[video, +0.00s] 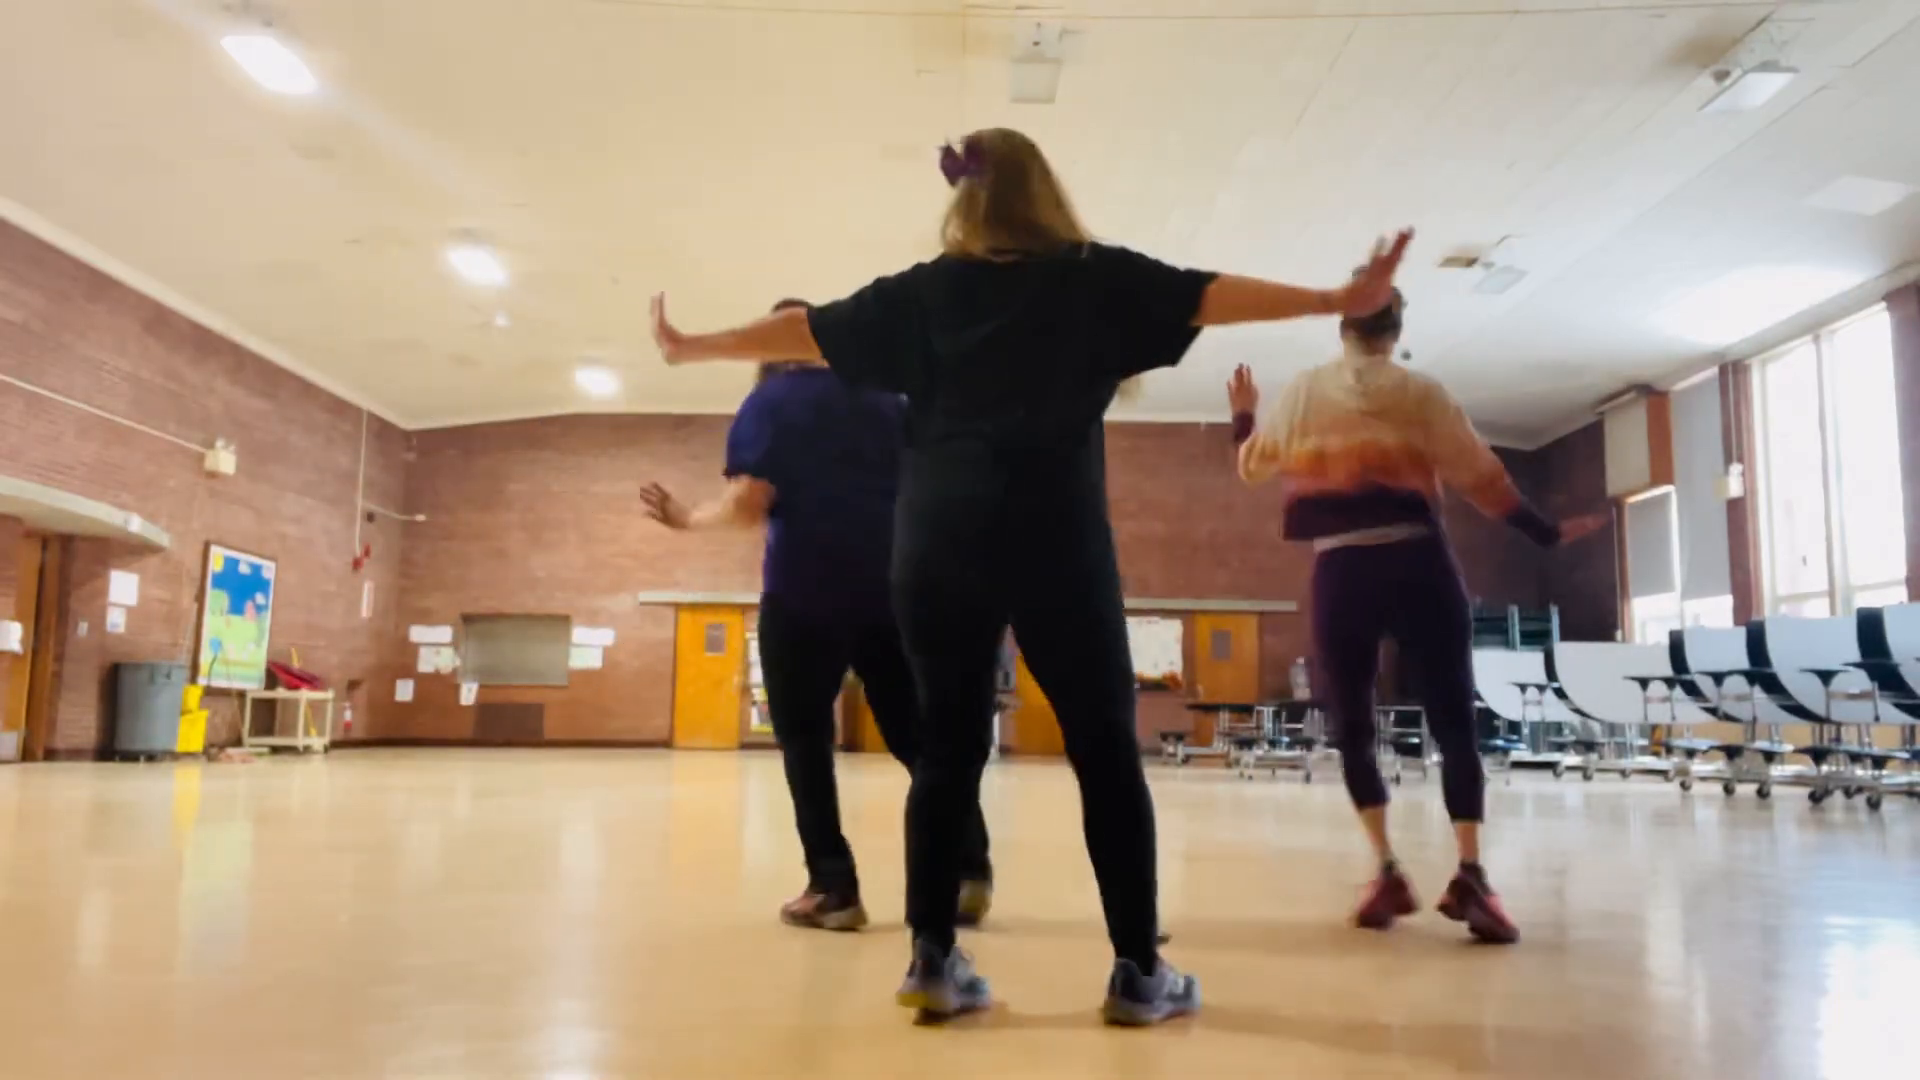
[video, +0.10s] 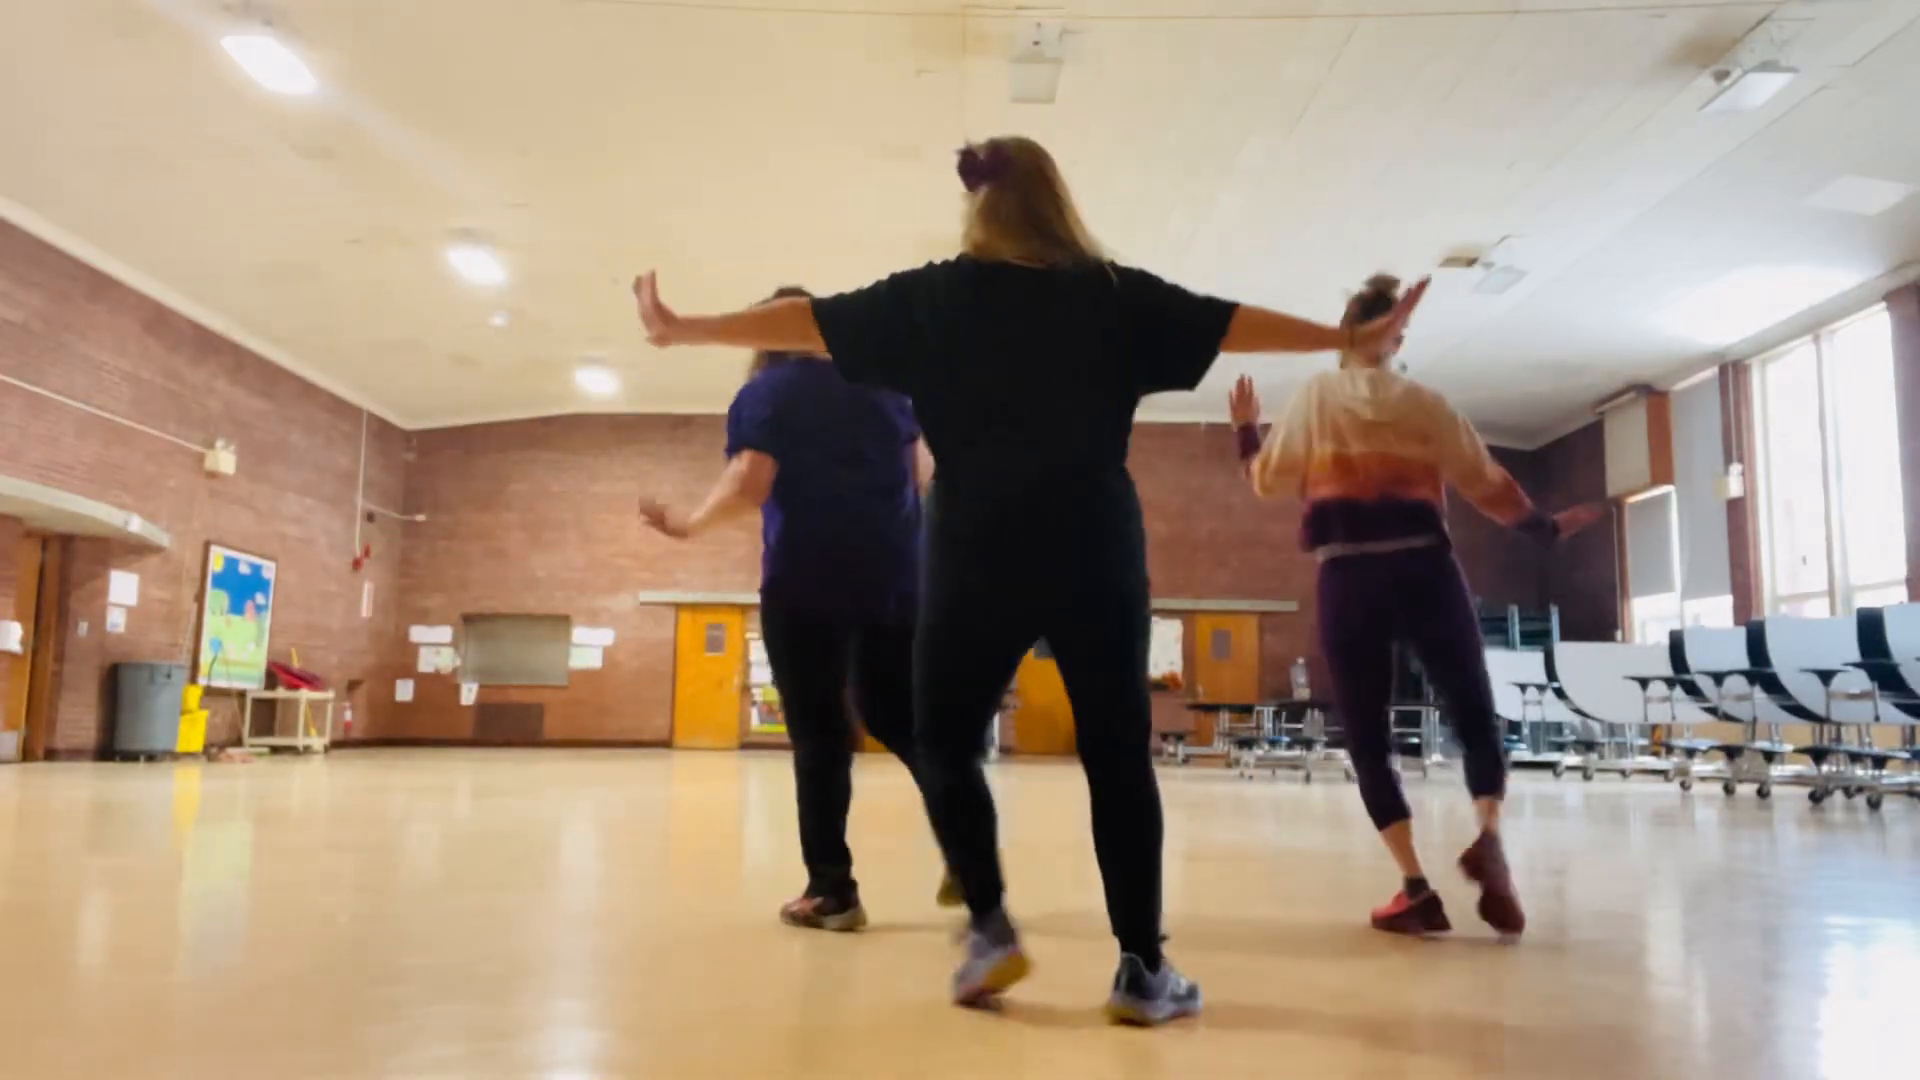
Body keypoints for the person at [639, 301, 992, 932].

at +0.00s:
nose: (763, 354)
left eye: (769, 344)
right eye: (771, 339)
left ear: (775, 350)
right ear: (832, 343)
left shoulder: (770, 402)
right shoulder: (885, 396)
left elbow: (751, 501)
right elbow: (909, 479)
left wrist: (685, 516)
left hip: (803, 596)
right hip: (882, 591)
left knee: (805, 744)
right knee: (916, 735)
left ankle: (834, 887)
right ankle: (971, 865)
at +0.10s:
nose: (758, 345)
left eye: (760, 336)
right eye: (765, 332)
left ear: (768, 337)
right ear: (827, 333)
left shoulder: (767, 391)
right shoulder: (881, 386)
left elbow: (750, 479)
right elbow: (921, 472)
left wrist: (687, 523)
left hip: (805, 583)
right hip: (890, 576)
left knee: (818, 735)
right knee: (894, 714)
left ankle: (832, 889)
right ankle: (969, 851)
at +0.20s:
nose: (761, 337)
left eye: (765, 328)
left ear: (771, 335)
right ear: (833, 331)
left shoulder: (775, 384)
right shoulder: (877, 384)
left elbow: (774, 470)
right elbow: (922, 464)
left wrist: (712, 539)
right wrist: (862, 488)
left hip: (814, 574)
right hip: (896, 566)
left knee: (824, 730)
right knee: (872, 684)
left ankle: (831, 887)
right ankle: (940, 803)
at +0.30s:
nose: (749, 341)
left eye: (756, 330)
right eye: (749, 329)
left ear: (780, 335)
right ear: (821, 334)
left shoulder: (793, 386)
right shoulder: (867, 389)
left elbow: (812, 475)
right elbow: (922, 453)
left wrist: (736, 537)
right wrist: (901, 501)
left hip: (819, 571)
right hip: (892, 564)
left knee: (820, 729)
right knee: (848, 695)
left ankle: (831, 887)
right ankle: (916, 824)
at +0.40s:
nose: (745, 347)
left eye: (752, 334)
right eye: (745, 335)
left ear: (783, 336)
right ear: (804, 335)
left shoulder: (816, 397)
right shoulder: (853, 395)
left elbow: (834, 494)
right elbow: (883, 492)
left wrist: (746, 518)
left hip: (823, 588)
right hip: (872, 585)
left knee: (802, 724)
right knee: (854, 717)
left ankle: (841, 881)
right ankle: (910, 857)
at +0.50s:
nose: (750, 345)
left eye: (759, 332)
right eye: (749, 334)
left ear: (795, 333)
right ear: (787, 337)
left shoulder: (840, 403)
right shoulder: (807, 409)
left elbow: (846, 502)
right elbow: (823, 499)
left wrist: (753, 508)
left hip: (838, 593)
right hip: (832, 592)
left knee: (788, 725)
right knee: (852, 725)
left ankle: (848, 882)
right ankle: (915, 858)